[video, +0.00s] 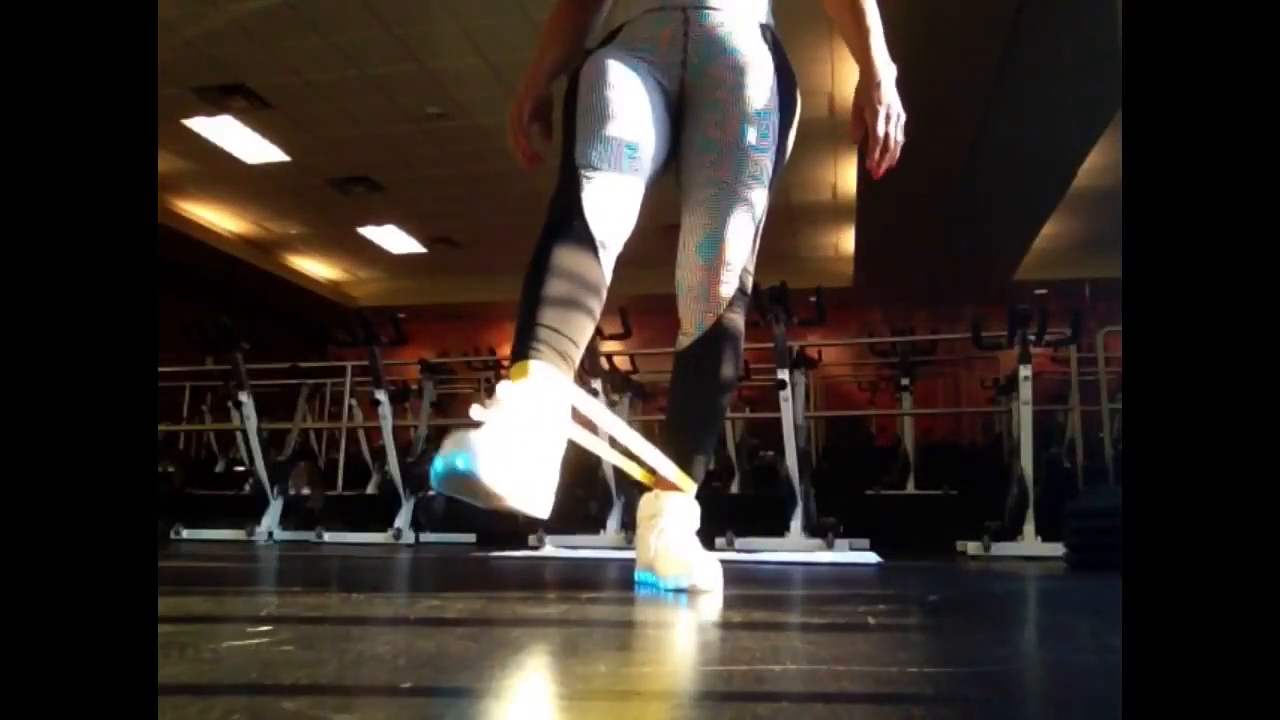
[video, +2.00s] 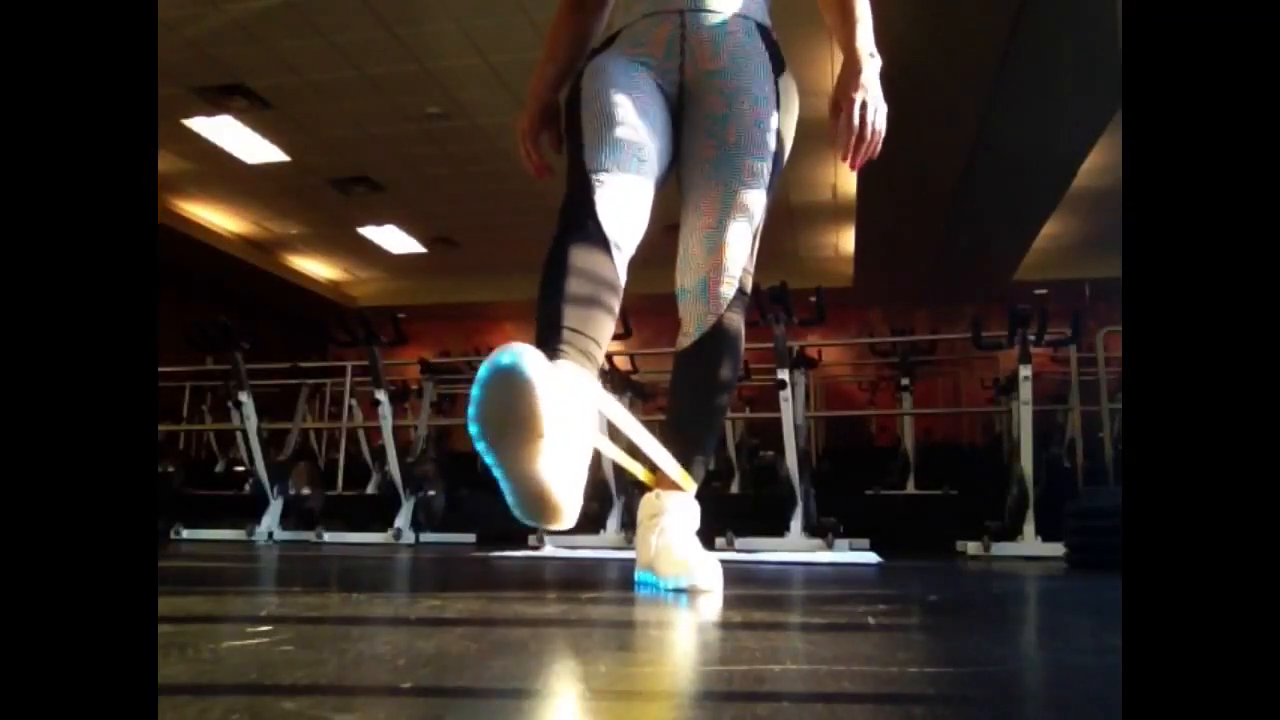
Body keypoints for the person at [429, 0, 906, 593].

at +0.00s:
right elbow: (581, 2)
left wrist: (877, 69)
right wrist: (538, 74)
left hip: (741, 29)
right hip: (628, 28)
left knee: (715, 279)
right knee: (591, 197)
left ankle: (672, 518)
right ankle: (528, 430)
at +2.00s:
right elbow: (586, 3)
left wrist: (860, 60)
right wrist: (544, 90)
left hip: (739, 24)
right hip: (628, 30)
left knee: (717, 276)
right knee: (604, 196)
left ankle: (671, 513)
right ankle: (561, 427)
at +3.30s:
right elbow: (586, 8)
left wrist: (866, 53)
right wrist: (555, 111)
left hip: (745, 26)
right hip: (633, 30)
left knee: (724, 271)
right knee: (620, 205)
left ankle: (674, 511)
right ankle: (585, 442)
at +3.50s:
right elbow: (589, 3)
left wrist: (867, 72)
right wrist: (550, 82)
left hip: (744, 25)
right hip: (632, 25)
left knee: (722, 273)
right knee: (597, 203)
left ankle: (673, 516)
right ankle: (533, 441)